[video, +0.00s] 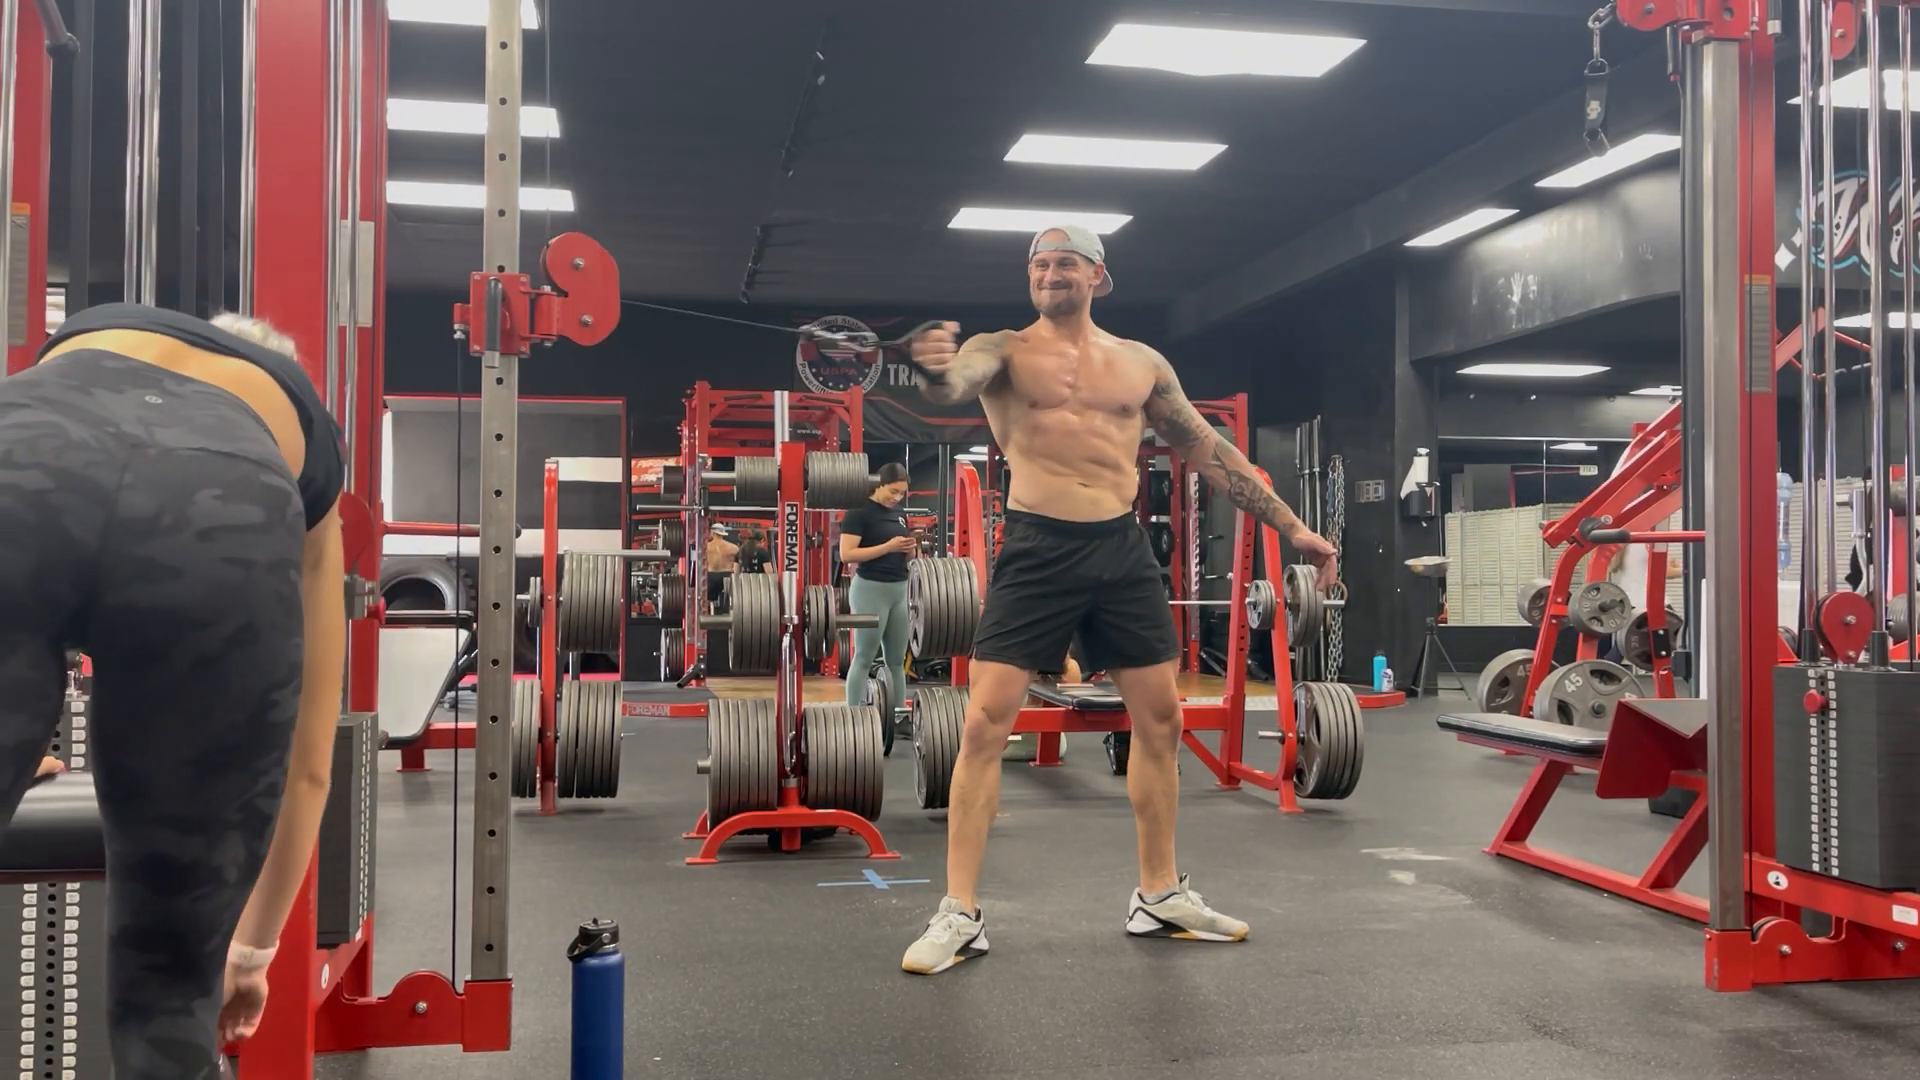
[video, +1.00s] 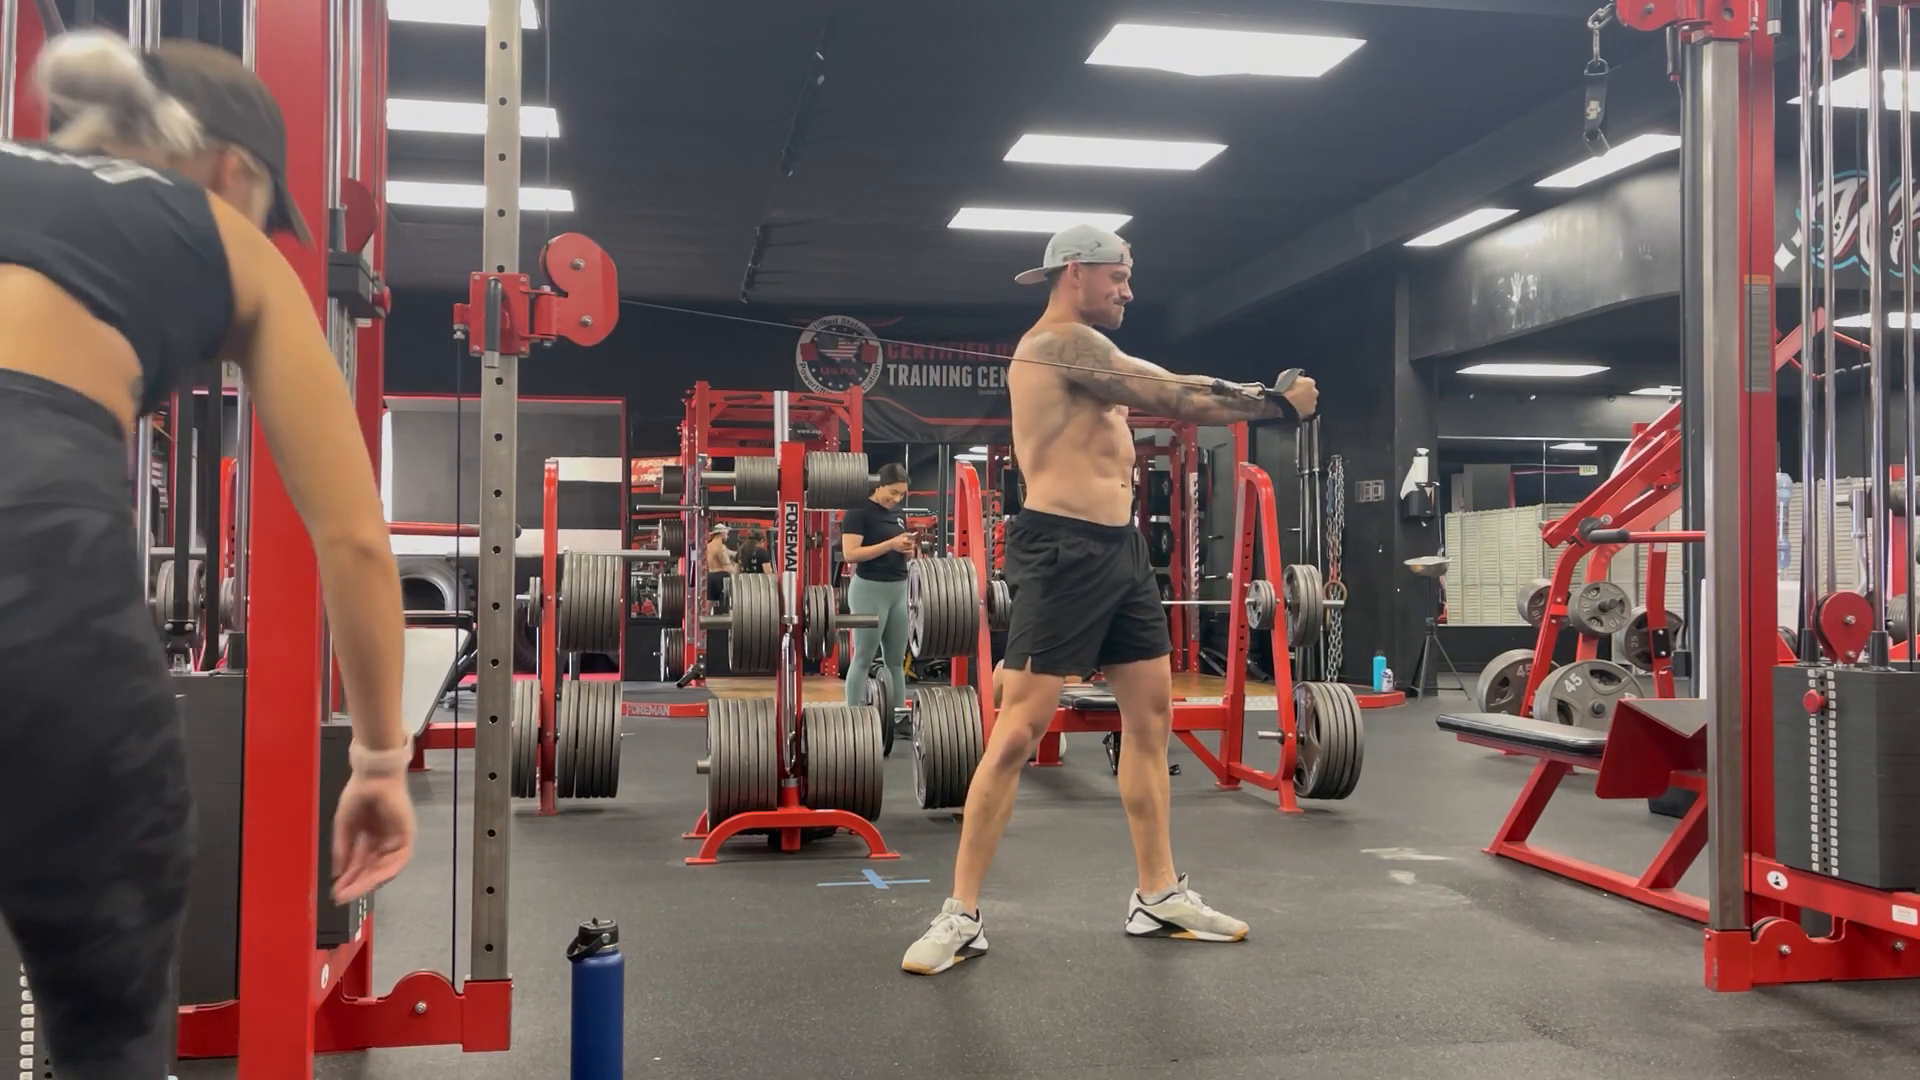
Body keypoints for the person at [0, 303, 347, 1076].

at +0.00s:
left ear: (200, 331)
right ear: (285, 378)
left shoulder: (89, 336)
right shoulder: (309, 434)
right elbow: (310, 763)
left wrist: (21, 728)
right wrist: (256, 944)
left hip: (19, 472)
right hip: (221, 513)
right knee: (168, 977)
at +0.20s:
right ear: (283, 381)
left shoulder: (90, 342)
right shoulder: (312, 440)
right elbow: (292, 772)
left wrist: (20, 735)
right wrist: (244, 968)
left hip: (25, 456)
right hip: (227, 505)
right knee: (168, 979)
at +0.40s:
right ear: (292, 383)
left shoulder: (92, 337)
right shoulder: (314, 438)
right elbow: (304, 774)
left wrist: (16, 749)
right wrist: (245, 955)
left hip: (15, 464)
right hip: (208, 506)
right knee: (168, 976)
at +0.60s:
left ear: (196, 308)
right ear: (294, 355)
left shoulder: (71, 318)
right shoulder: (314, 410)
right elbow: (317, 737)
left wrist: (10, 758)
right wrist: (271, 930)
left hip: (5, 475)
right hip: (156, 527)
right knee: (163, 983)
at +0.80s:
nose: (329, 355)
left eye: (336, 339)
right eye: (331, 335)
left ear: (183, 245)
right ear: (304, 303)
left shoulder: (46, 264)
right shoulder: (302, 349)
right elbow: (347, 651)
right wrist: (311, 852)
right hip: (77, 529)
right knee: (141, 991)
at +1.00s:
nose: (263, 240)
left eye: (273, 224)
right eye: (266, 218)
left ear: (110, 132)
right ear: (228, 171)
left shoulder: (14, 161)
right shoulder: (232, 243)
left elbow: (354, 534)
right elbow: (353, 535)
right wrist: (381, 758)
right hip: (30, 485)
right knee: (103, 1006)